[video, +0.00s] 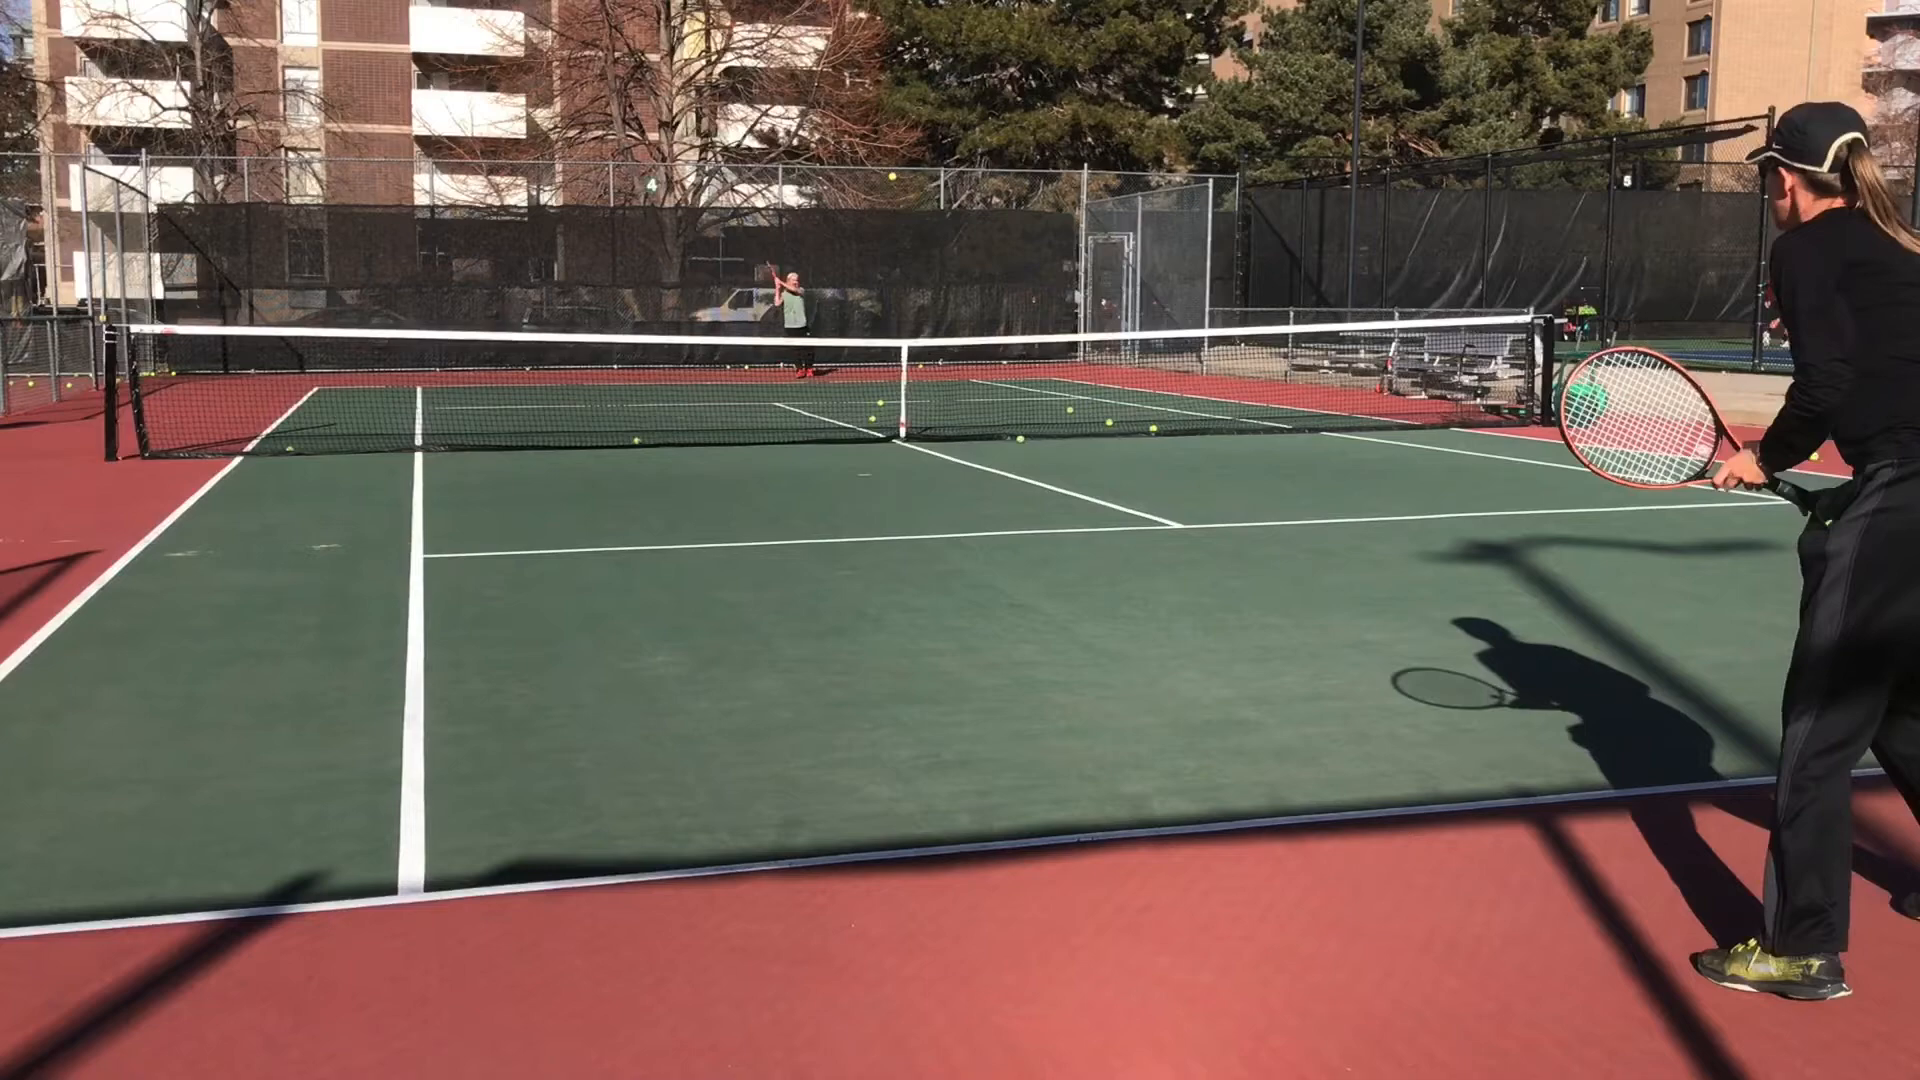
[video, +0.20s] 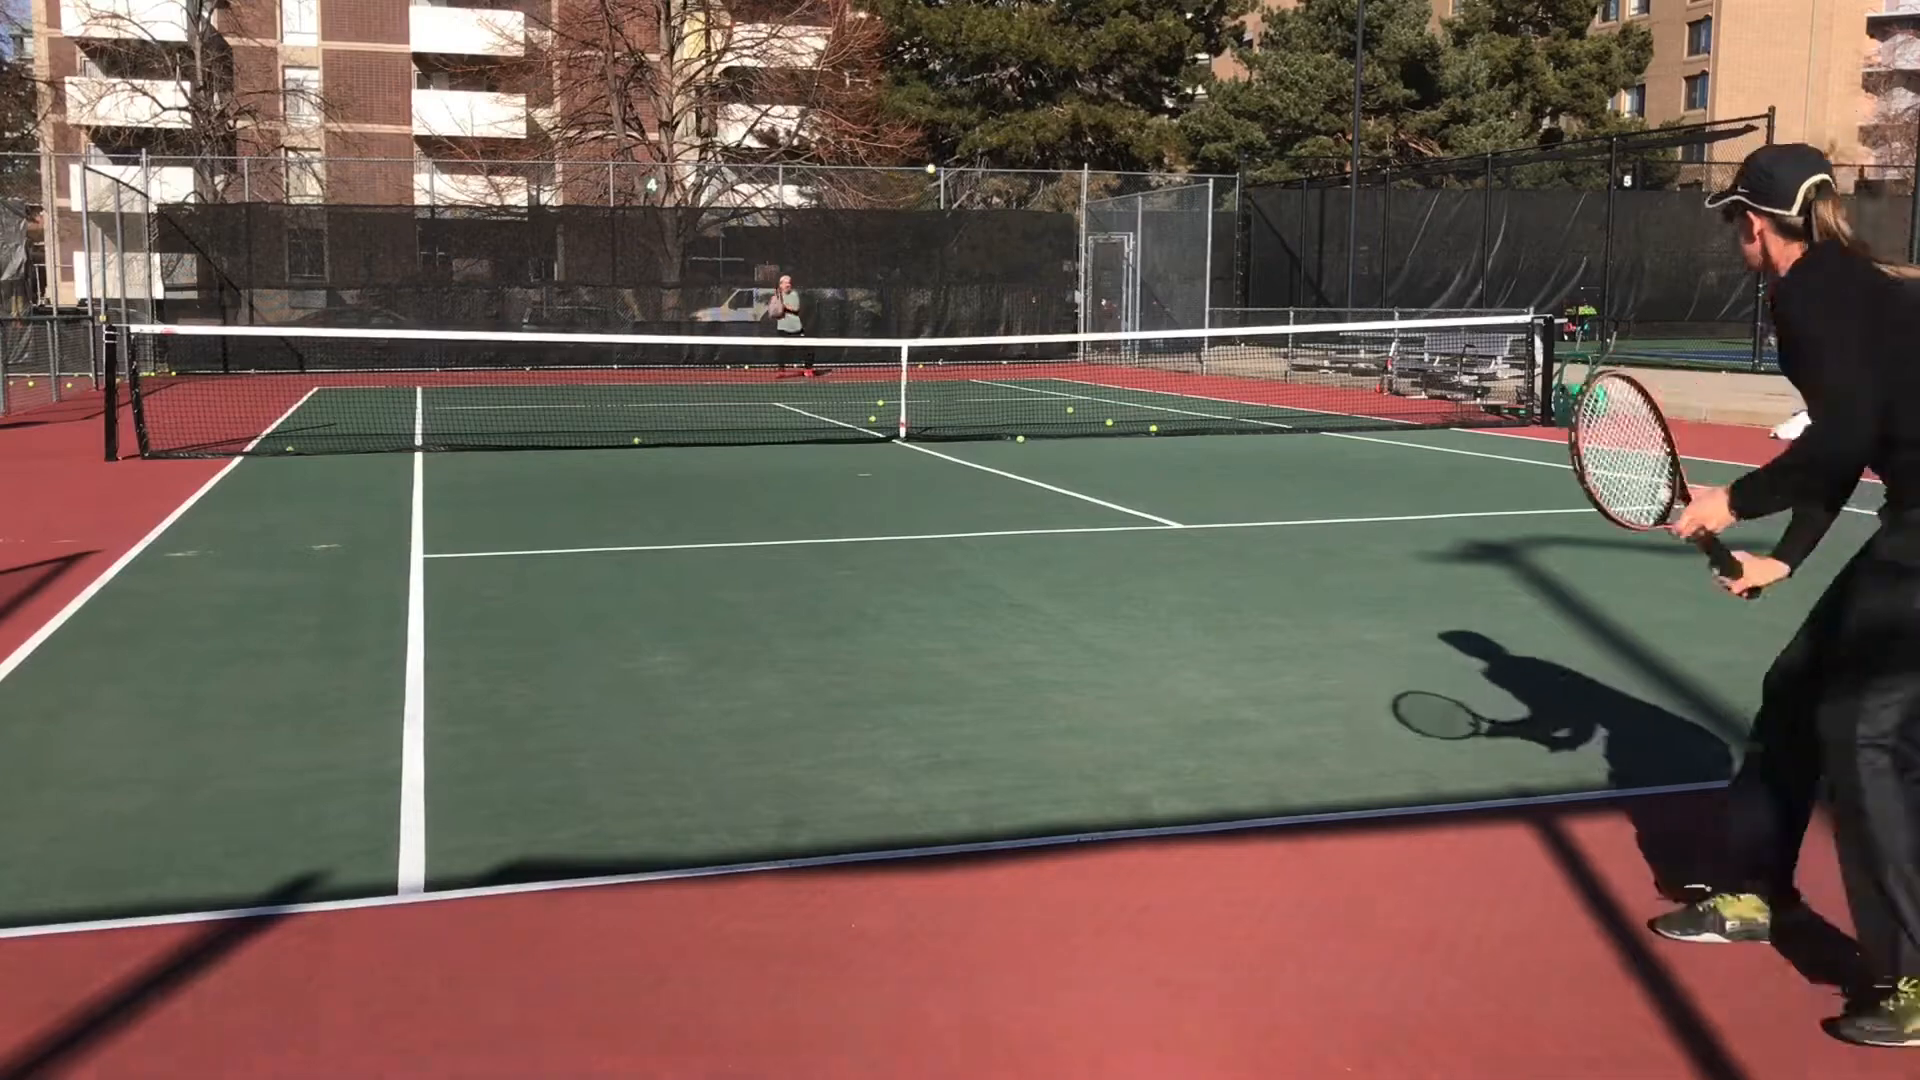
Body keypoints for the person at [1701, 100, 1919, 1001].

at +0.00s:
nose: (1770, 190)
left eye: (1771, 177)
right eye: (1772, 176)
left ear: (1793, 180)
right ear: (1850, 175)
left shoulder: (1806, 247)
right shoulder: (1889, 243)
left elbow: (1828, 375)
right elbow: (1870, 377)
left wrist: (1769, 455)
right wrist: (1784, 435)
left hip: (1893, 501)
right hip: (1916, 497)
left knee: (1819, 723)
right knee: (1897, 714)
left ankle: (1804, 945)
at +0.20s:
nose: (1737, 239)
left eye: (1740, 224)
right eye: (1738, 223)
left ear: (1765, 224)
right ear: (1811, 217)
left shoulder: (1813, 292)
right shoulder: (1837, 287)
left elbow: (1847, 427)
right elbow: (1847, 443)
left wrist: (1732, 500)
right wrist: (1786, 554)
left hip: (1915, 529)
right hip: (1905, 525)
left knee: (1864, 725)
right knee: (1795, 695)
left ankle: (1904, 978)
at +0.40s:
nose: (1779, 284)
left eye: (1785, 267)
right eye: (1780, 267)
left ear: (1823, 263)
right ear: (1833, 261)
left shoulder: (1906, 308)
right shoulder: (1841, 357)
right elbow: (1844, 468)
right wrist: (1825, 557)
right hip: (1918, 585)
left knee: (1815, 711)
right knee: (1812, 709)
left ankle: (1759, 892)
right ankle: (1758, 892)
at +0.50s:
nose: (1840, 265)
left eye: (1844, 247)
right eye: (1839, 248)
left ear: (1886, 245)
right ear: (1892, 245)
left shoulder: (1896, 343)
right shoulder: (1891, 338)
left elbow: (1909, 458)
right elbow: (1908, 456)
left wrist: (1904, 466)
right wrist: (1906, 466)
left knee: (1901, 734)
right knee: (1901, 737)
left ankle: (1856, 906)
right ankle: (1855, 901)